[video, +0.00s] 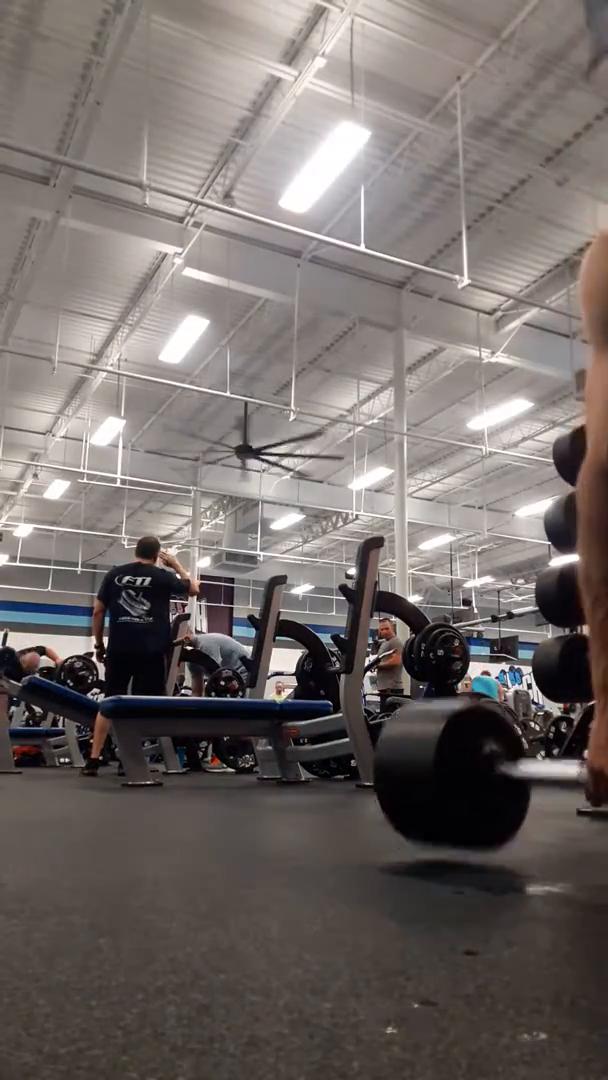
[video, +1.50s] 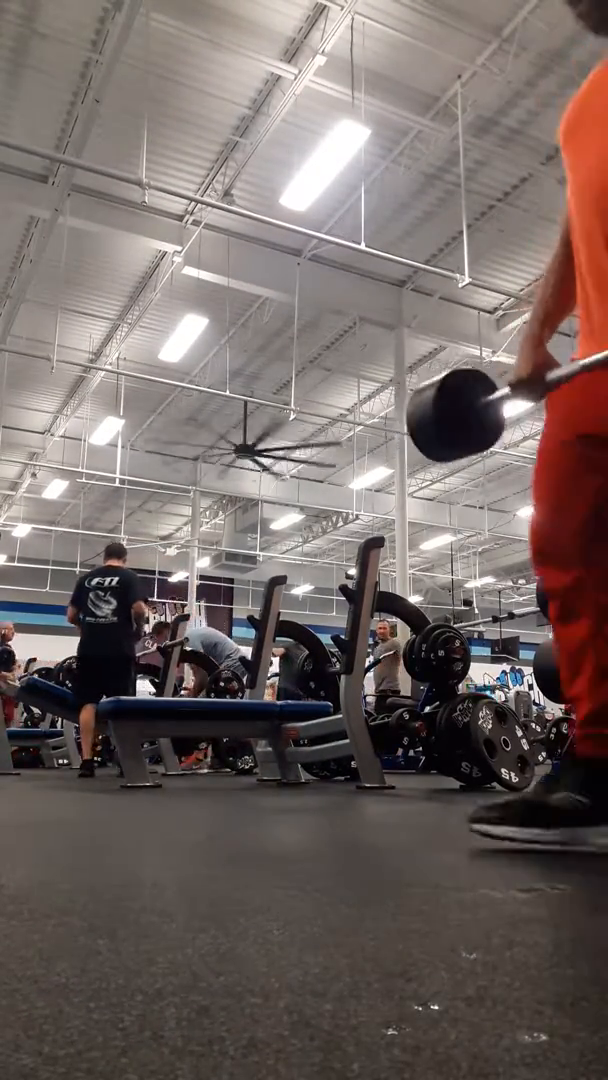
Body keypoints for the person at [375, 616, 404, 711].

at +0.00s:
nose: (384, 632)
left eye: (386, 629)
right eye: (382, 629)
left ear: (392, 629)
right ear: (379, 631)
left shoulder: (396, 642)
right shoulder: (383, 644)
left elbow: (397, 660)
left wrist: (379, 665)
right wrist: (375, 664)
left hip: (393, 687)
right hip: (384, 687)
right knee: (384, 717)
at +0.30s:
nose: (378, 632)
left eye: (380, 629)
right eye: (378, 629)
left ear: (388, 629)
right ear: (387, 629)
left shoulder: (393, 644)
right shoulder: (388, 644)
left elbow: (390, 662)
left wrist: (374, 665)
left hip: (390, 691)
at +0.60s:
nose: (379, 632)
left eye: (380, 629)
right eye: (379, 629)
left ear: (385, 628)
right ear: (391, 629)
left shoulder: (389, 643)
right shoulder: (396, 642)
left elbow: (385, 662)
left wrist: (373, 668)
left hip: (387, 691)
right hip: (395, 690)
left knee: (386, 721)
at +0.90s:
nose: (377, 632)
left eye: (379, 629)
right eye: (378, 629)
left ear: (387, 629)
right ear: (390, 629)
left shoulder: (386, 643)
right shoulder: (399, 643)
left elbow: (382, 664)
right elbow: (403, 670)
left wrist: (372, 673)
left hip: (385, 693)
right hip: (397, 692)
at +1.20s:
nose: (380, 631)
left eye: (383, 628)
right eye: (379, 629)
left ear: (391, 630)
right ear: (377, 630)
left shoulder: (390, 644)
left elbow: (387, 667)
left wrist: (378, 685)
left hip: (387, 691)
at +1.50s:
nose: (381, 631)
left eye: (384, 628)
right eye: (379, 628)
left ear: (389, 630)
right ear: (376, 631)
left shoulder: (394, 643)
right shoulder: (377, 648)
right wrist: (377, 686)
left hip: (391, 689)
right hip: (380, 688)